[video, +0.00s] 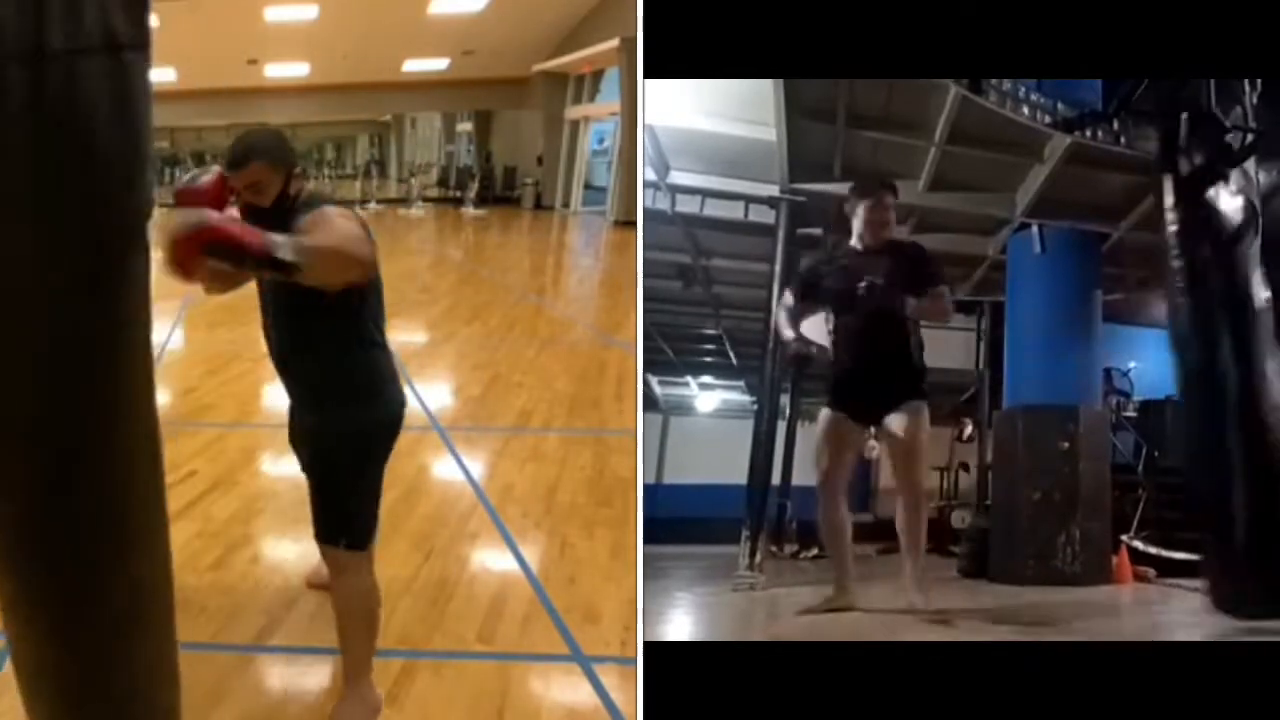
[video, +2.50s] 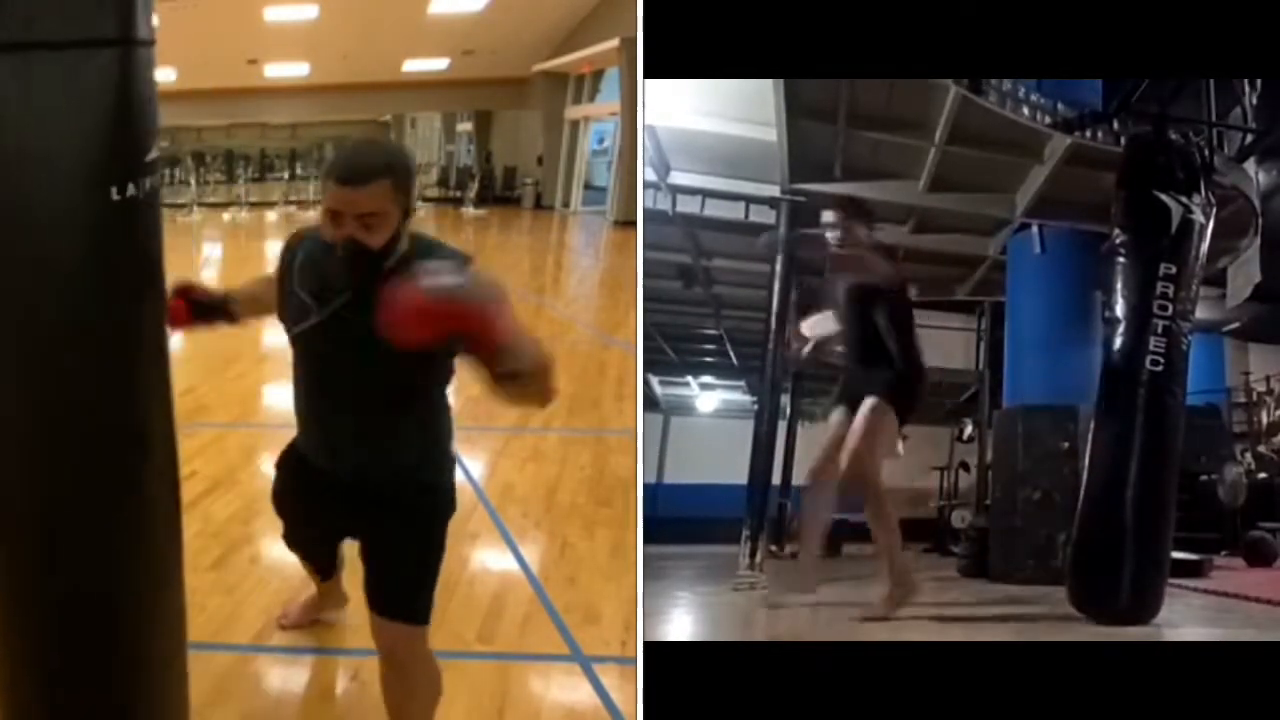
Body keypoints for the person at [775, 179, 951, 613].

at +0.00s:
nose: (883, 215)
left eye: (887, 207)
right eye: (874, 207)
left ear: (895, 213)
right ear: (853, 212)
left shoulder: (911, 256)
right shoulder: (830, 263)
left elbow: (943, 309)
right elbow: (786, 308)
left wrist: (906, 304)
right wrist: (792, 337)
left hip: (901, 380)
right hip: (848, 381)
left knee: (910, 480)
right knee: (829, 480)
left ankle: (914, 587)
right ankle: (842, 588)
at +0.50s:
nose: (902, 262)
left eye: (907, 256)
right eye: (896, 252)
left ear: (909, 262)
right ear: (873, 250)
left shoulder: (898, 301)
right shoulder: (836, 286)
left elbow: (923, 351)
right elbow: (791, 325)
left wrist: (911, 323)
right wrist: (836, 332)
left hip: (872, 404)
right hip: (831, 398)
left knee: (854, 496)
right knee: (830, 476)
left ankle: (828, 576)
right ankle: (825, 584)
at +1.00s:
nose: (889, 264)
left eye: (894, 260)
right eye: (884, 256)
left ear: (896, 268)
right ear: (863, 257)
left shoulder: (889, 306)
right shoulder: (833, 289)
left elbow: (881, 343)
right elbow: (812, 327)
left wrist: (908, 361)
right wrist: (864, 318)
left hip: (867, 406)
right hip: (825, 402)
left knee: (897, 459)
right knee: (799, 483)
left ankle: (865, 546)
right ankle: (788, 576)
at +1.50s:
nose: (929, 268)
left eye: (936, 263)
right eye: (925, 258)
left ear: (938, 269)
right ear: (905, 255)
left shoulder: (935, 298)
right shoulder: (874, 284)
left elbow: (954, 348)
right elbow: (820, 322)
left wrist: (937, 325)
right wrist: (868, 322)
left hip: (906, 402)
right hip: (861, 394)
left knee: (918, 491)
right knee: (823, 464)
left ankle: (927, 581)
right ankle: (794, 564)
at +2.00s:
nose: (895, 257)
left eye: (901, 253)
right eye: (888, 249)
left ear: (905, 259)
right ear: (868, 248)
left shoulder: (904, 293)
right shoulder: (837, 282)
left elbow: (933, 344)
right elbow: (799, 321)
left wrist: (933, 317)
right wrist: (846, 299)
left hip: (889, 401)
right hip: (841, 398)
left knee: (911, 490)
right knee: (810, 486)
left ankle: (917, 582)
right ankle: (799, 585)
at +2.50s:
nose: (834, 236)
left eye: (842, 228)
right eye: (830, 228)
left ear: (864, 229)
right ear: (828, 231)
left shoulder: (881, 269)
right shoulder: (850, 277)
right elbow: (860, 338)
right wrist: (819, 338)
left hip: (892, 380)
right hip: (859, 381)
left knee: (860, 469)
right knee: (822, 474)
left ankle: (899, 579)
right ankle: (806, 574)